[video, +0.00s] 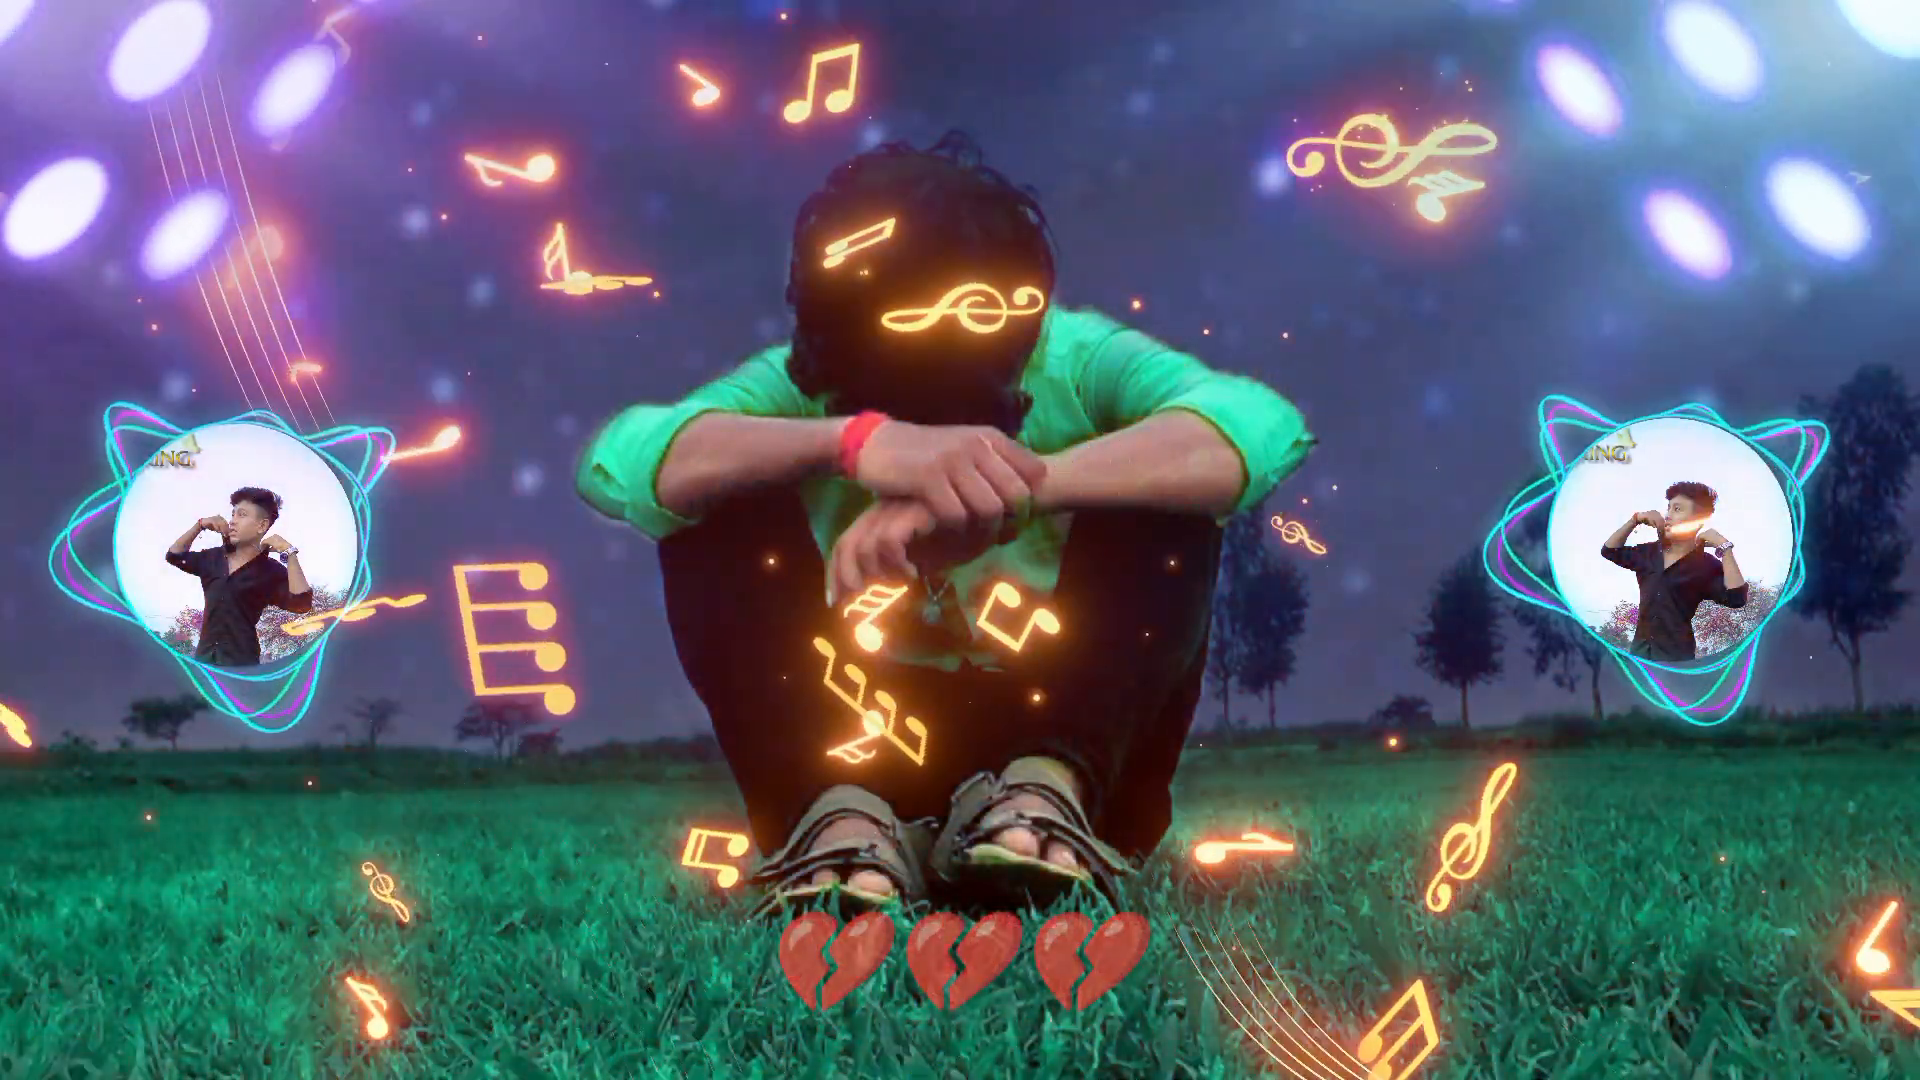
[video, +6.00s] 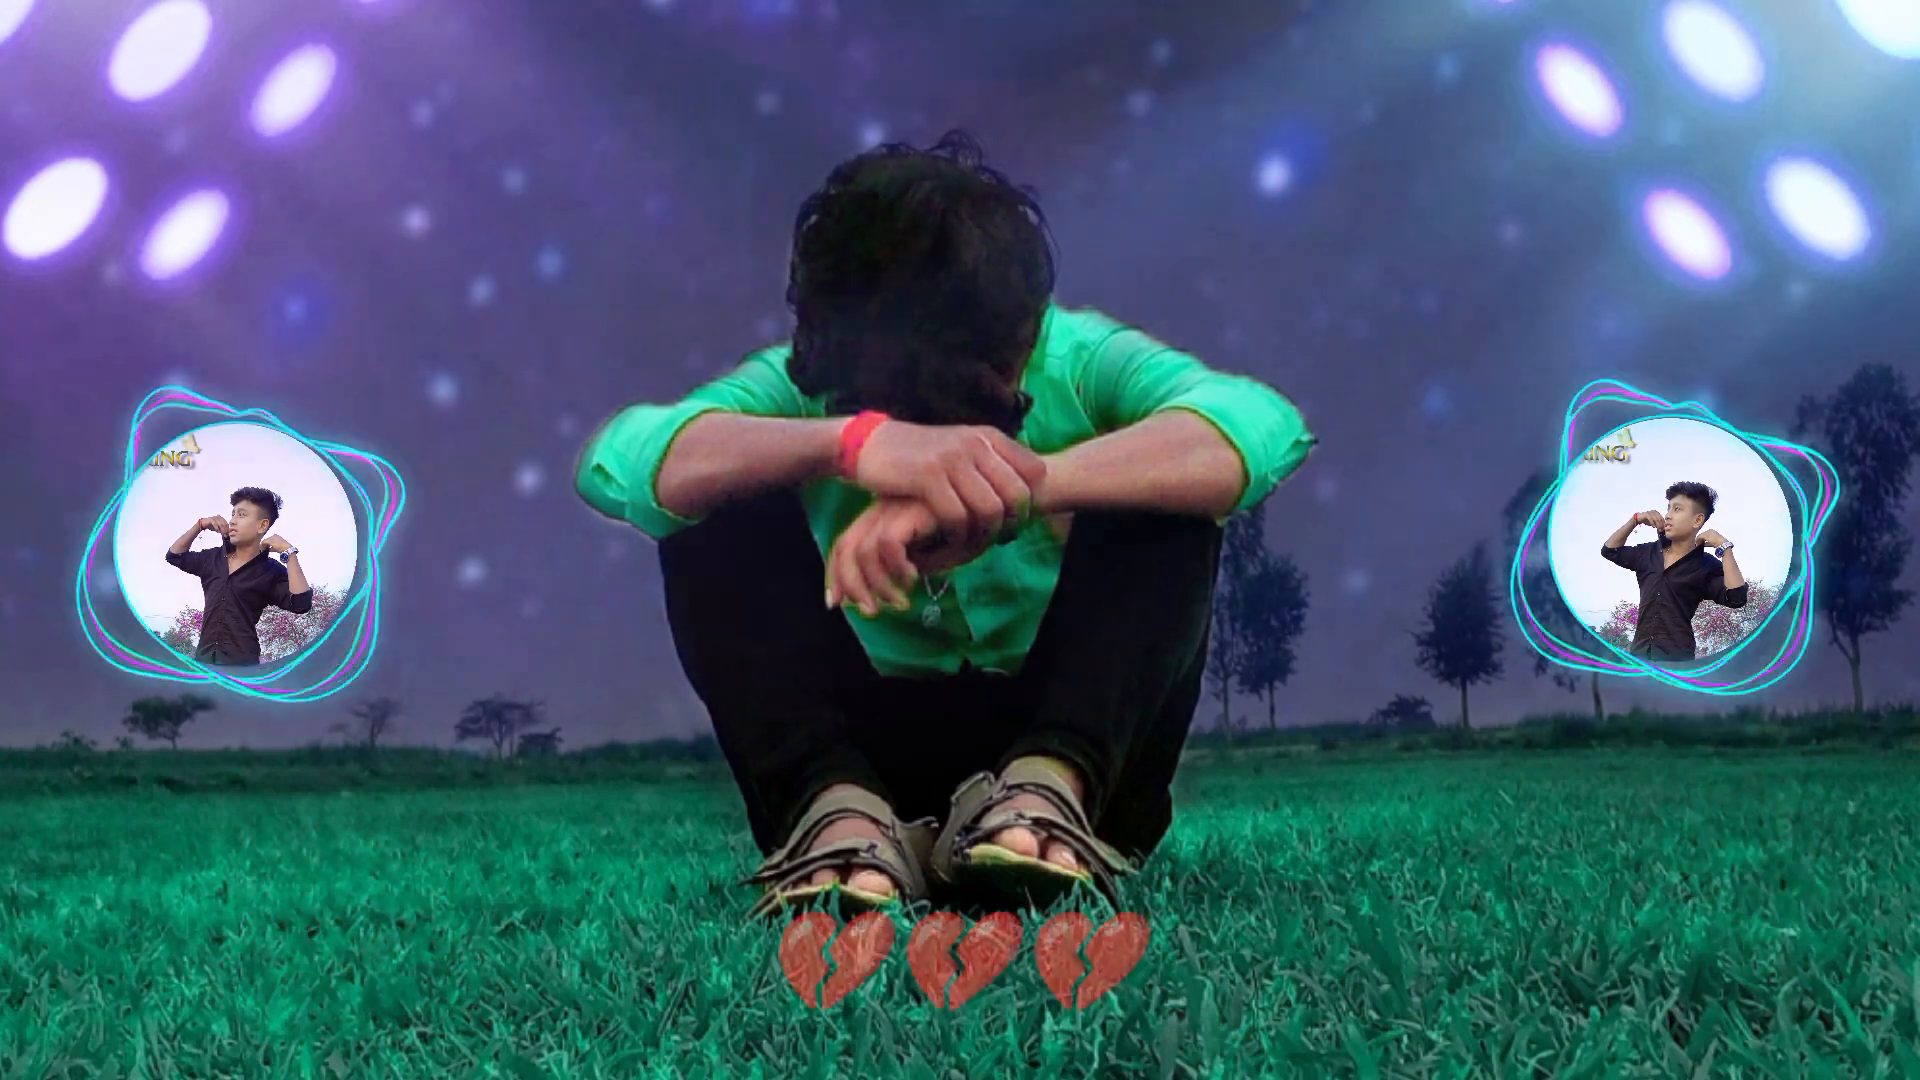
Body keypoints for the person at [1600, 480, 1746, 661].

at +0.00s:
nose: (1667, 515)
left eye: (1677, 509)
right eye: (1668, 508)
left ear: (1698, 519)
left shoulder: (1705, 565)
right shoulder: (1648, 553)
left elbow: (1737, 600)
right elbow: (1609, 551)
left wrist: (1724, 547)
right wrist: (1634, 521)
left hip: (1677, 660)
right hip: (1639, 655)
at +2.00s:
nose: (1667, 515)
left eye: (1677, 509)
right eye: (1668, 509)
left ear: (1698, 520)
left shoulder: (1705, 564)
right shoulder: (1647, 553)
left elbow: (1737, 599)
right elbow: (1609, 551)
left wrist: (1725, 547)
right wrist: (1634, 520)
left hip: (1677, 660)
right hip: (1638, 656)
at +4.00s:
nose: (1667, 515)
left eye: (1677, 509)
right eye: (1668, 508)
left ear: (1698, 520)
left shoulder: (1705, 565)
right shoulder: (1647, 553)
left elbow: (1737, 599)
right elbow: (1609, 551)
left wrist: (1725, 547)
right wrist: (1634, 520)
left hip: (1677, 658)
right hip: (1639, 653)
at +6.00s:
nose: (1667, 515)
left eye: (1677, 509)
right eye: (1668, 509)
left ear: (1698, 520)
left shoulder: (1705, 565)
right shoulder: (1647, 552)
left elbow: (1737, 599)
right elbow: (1609, 551)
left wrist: (1725, 547)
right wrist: (1634, 520)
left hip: (1677, 657)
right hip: (1639, 653)